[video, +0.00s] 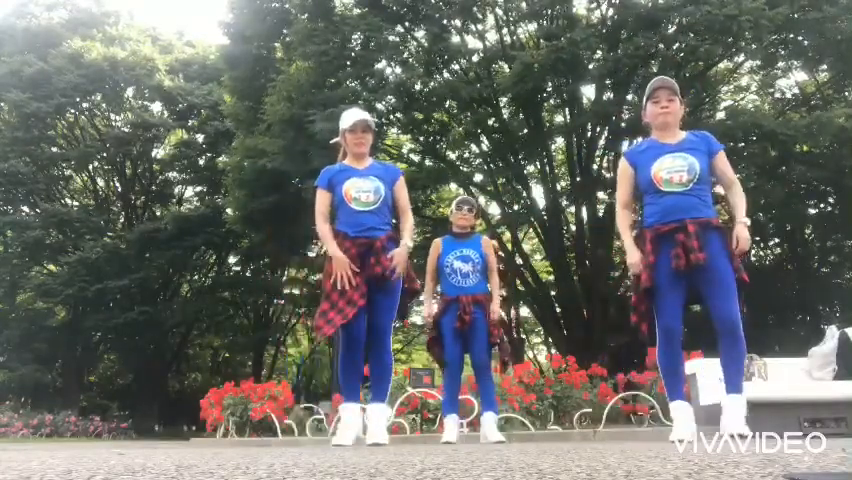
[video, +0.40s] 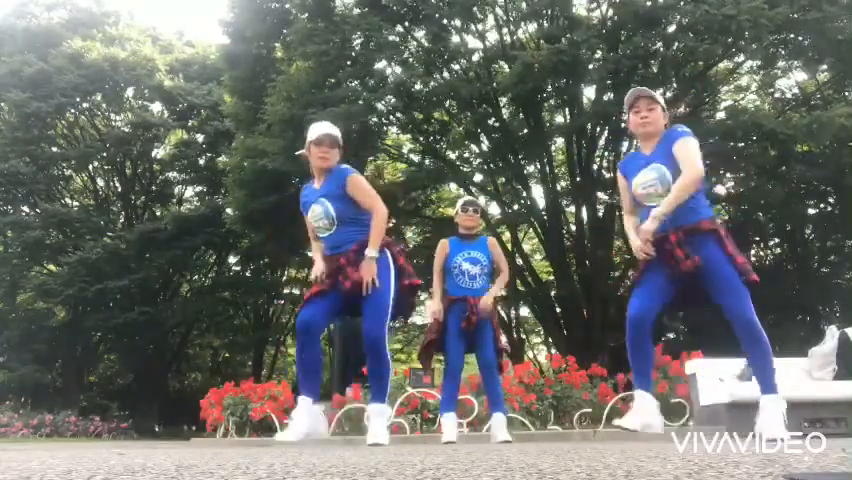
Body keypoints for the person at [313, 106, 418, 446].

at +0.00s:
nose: (360, 137)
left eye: (365, 131)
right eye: (353, 131)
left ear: (373, 135)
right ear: (342, 136)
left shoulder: (391, 172)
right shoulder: (330, 174)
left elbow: (407, 216)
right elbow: (321, 219)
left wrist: (404, 247)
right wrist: (335, 254)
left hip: (385, 253)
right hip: (347, 254)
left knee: (380, 335)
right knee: (353, 334)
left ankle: (378, 414)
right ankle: (350, 414)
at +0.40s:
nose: (327, 150)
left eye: (333, 145)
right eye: (320, 144)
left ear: (339, 150)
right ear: (307, 150)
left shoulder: (347, 177)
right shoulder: (307, 193)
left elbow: (380, 210)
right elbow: (315, 236)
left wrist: (371, 258)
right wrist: (318, 260)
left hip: (373, 261)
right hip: (339, 269)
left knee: (373, 336)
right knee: (306, 322)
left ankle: (377, 415)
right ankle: (308, 411)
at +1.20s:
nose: (310, 147)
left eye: (317, 144)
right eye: (305, 140)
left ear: (322, 151)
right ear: (290, 146)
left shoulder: (329, 179)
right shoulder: (285, 193)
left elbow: (365, 215)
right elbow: (299, 246)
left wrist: (365, 242)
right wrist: (276, 266)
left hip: (338, 267)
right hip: (304, 276)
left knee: (343, 346)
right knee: (268, 329)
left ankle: (388, 417)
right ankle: (260, 417)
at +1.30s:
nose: (316, 125)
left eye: (322, 121)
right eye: (310, 118)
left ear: (328, 127)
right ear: (296, 121)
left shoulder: (336, 159)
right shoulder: (274, 157)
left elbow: (359, 201)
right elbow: (259, 201)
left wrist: (339, 197)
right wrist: (251, 205)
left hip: (322, 244)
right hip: (282, 245)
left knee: (332, 327)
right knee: (266, 327)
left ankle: (354, 403)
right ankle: (259, 415)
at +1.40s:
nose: (319, 121)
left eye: (325, 115)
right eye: (313, 113)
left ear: (330, 119)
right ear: (298, 114)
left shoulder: (335, 150)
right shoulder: (278, 132)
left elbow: (355, 178)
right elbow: (262, 157)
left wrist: (327, 180)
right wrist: (290, 171)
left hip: (316, 236)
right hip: (275, 232)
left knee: (308, 314)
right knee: (265, 316)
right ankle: (247, 406)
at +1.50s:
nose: (320, 133)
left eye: (325, 128)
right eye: (314, 126)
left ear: (329, 134)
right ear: (298, 127)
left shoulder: (329, 165)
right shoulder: (279, 151)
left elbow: (348, 185)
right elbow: (299, 172)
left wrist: (363, 197)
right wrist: (335, 190)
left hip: (304, 250)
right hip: (268, 242)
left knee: (291, 332)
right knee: (255, 326)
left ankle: (265, 414)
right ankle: (237, 414)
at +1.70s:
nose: (333, 145)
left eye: (339, 140)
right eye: (326, 139)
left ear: (345, 147)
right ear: (313, 144)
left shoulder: (338, 192)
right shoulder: (298, 165)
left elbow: (357, 236)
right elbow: (275, 194)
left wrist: (379, 238)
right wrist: (320, 202)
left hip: (294, 267)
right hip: (264, 254)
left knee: (337, 311)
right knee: (262, 331)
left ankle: (304, 397)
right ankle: (237, 416)